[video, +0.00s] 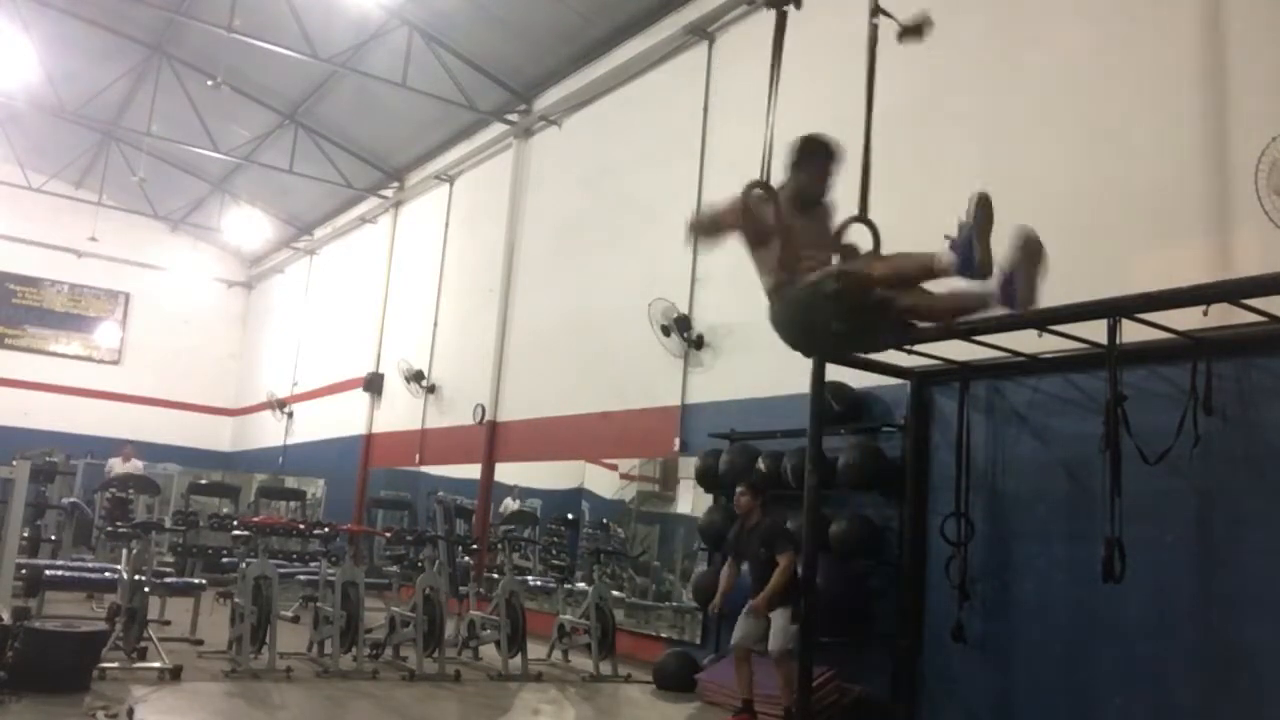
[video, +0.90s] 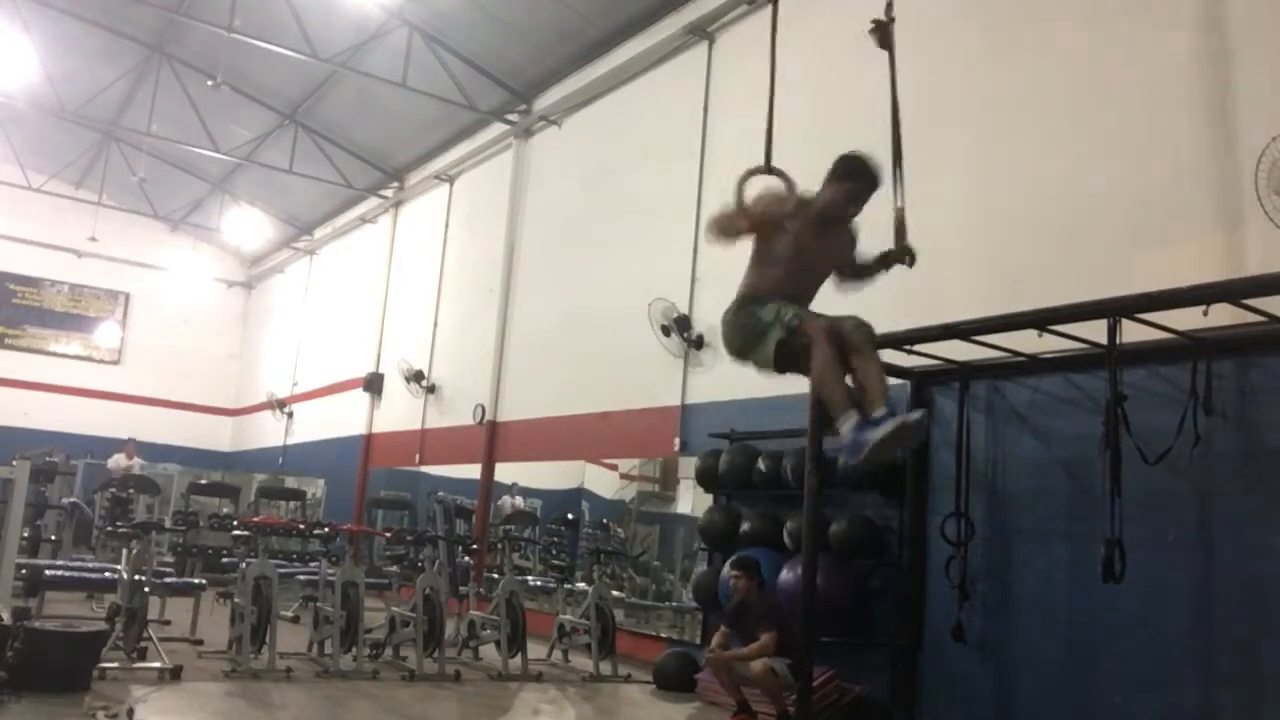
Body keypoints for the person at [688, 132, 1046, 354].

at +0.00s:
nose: (825, 184)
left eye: (828, 176)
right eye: (818, 174)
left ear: (828, 175)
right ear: (796, 170)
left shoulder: (821, 214)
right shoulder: (759, 205)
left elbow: (828, 259)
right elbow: (698, 227)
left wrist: (847, 257)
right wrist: (727, 219)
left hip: (831, 309)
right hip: (793, 310)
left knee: (899, 302)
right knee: (854, 271)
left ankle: (1001, 296)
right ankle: (954, 257)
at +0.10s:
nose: (852, 198)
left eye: (858, 191)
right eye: (846, 189)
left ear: (864, 186)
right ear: (827, 174)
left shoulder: (857, 209)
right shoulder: (788, 184)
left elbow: (861, 248)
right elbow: (719, 171)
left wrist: (866, 270)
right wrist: (733, 212)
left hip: (823, 317)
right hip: (780, 308)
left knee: (885, 296)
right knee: (855, 270)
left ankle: (974, 297)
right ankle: (940, 289)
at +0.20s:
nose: (866, 215)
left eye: (874, 209)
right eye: (863, 204)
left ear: (881, 203)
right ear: (846, 184)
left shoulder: (865, 226)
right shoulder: (806, 182)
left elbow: (855, 273)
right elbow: (739, 163)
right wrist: (749, 208)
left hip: (811, 317)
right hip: (770, 304)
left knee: (885, 314)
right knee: (850, 290)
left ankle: (930, 369)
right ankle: (915, 363)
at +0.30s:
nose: (878, 216)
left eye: (886, 210)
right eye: (873, 205)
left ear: (894, 203)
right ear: (857, 184)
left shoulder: (874, 222)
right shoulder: (816, 182)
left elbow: (857, 262)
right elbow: (752, 155)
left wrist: (787, 228)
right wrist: (763, 211)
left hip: (814, 299)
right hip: (774, 292)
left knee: (871, 345)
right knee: (839, 338)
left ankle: (878, 451)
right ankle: (844, 455)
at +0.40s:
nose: (892, 209)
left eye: (901, 202)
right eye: (890, 198)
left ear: (907, 197)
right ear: (873, 179)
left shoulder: (885, 212)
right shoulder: (827, 179)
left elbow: (868, 251)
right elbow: (762, 152)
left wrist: (869, 252)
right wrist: (773, 211)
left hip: (817, 300)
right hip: (778, 293)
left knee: (855, 379)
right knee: (825, 375)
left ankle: (831, 488)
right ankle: (788, 485)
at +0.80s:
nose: (876, 198)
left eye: (883, 193)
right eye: (874, 187)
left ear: (886, 191)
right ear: (857, 171)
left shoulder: (864, 218)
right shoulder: (807, 181)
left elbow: (894, 263)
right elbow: (739, 172)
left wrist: (890, 244)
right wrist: (762, 213)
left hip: (790, 299)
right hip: (754, 291)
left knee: (849, 340)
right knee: (815, 335)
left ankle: (857, 438)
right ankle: (825, 449)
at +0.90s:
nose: (850, 209)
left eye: (858, 203)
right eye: (848, 197)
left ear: (863, 204)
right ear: (830, 182)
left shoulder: (842, 236)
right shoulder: (782, 208)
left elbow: (848, 273)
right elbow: (719, 227)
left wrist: (886, 261)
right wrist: (741, 222)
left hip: (789, 323)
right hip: (747, 318)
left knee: (856, 330)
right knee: (820, 330)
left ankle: (881, 419)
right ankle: (851, 434)